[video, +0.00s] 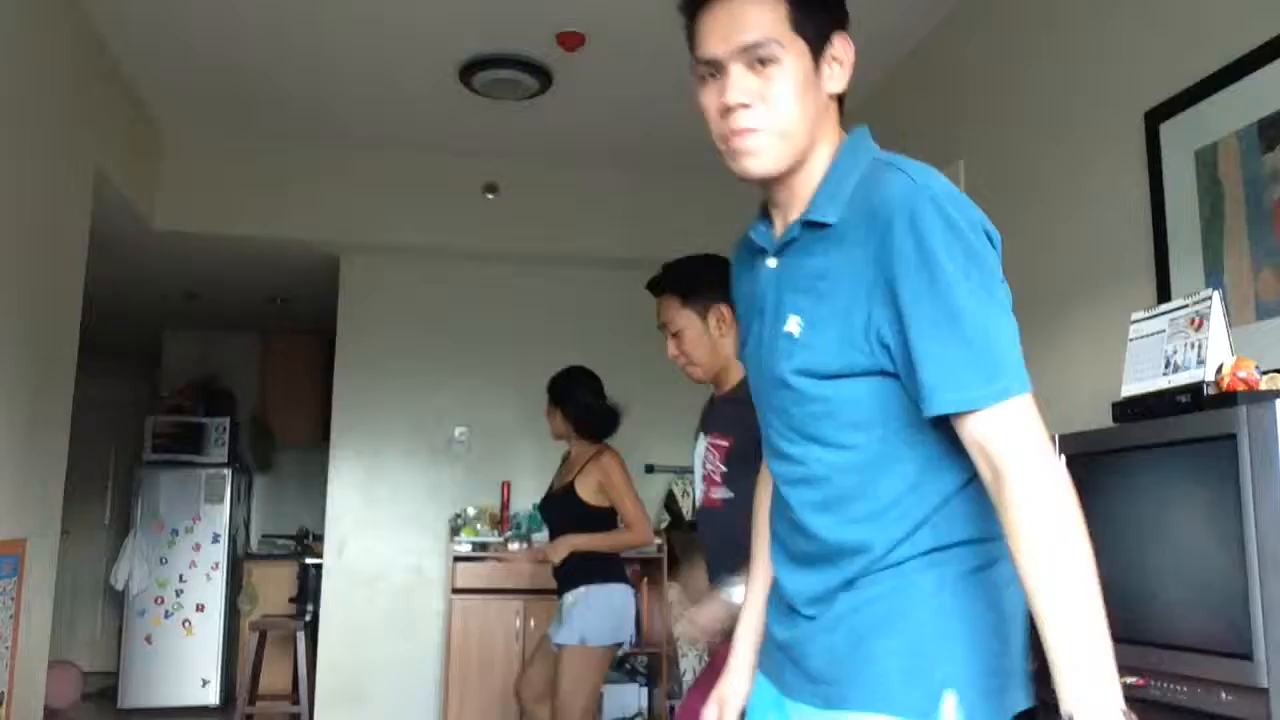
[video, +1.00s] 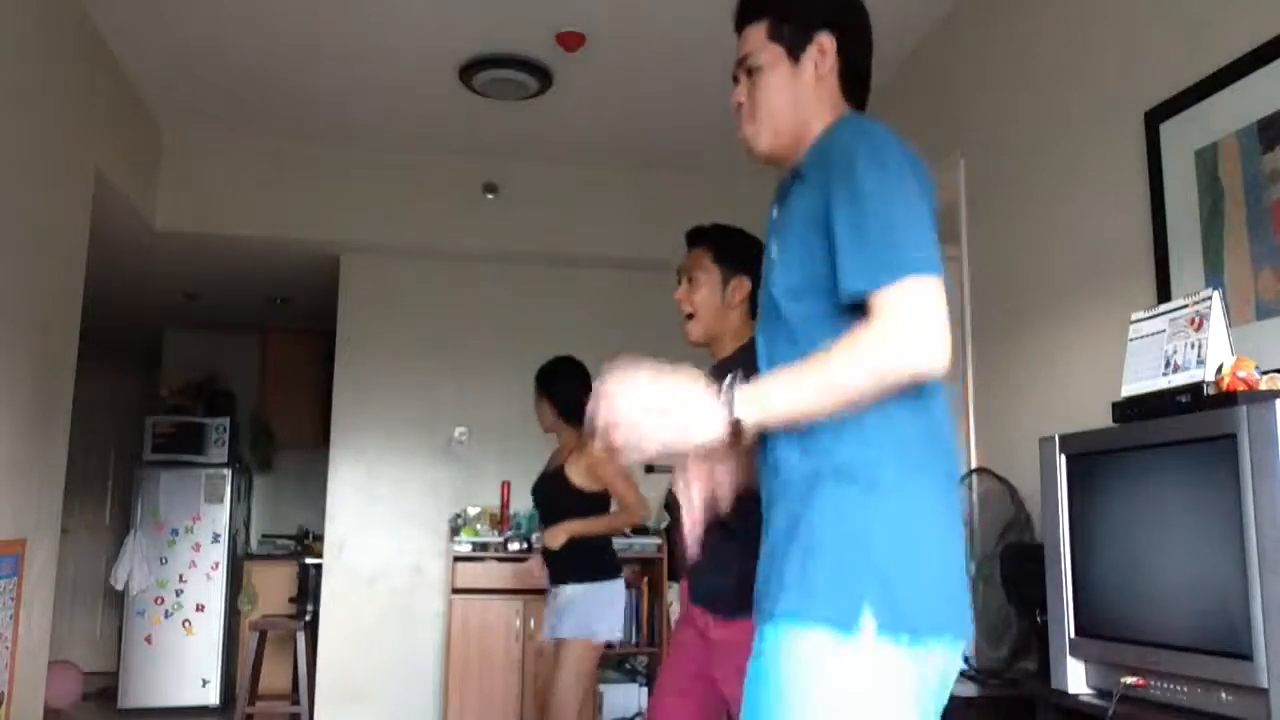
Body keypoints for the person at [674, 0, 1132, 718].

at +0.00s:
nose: (731, 96)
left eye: (762, 60)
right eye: (710, 72)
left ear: (835, 63)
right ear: (696, 90)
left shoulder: (913, 210)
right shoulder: (755, 254)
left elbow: (1019, 459)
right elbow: (782, 466)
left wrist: (1096, 702)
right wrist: (743, 663)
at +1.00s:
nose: (736, 99)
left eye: (749, 71)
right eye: (735, 80)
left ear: (819, 60)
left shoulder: (859, 151)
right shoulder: (803, 192)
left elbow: (916, 335)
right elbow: (845, 412)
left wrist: (730, 410)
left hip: (865, 597)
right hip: (817, 593)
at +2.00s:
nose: (704, 115)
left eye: (716, 89)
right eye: (702, 97)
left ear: (785, 71)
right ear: (780, 76)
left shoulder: (842, 129)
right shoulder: (785, 187)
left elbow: (968, 303)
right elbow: (830, 397)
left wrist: (860, 477)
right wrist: (723, 405)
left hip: (890, 562)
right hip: (798, 553)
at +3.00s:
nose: (756, 148)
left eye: (772, 123)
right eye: (756, 129)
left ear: (843, 119)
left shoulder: (891, 195)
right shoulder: (816, 252)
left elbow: (1016, 360)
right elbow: (837, 433)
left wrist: (825, 453)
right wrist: (736, 426)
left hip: (898, 637)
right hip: (811, 623)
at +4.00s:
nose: (760, 74)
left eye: (772, 47)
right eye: (759, 55)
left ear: (847, 35)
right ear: (840, 39)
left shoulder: (902, 119)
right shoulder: (812, 178)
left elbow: (1011, 299)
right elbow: (861, 398)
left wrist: (870, 462)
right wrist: (762, 466)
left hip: (915, 579)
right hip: (815, 575)